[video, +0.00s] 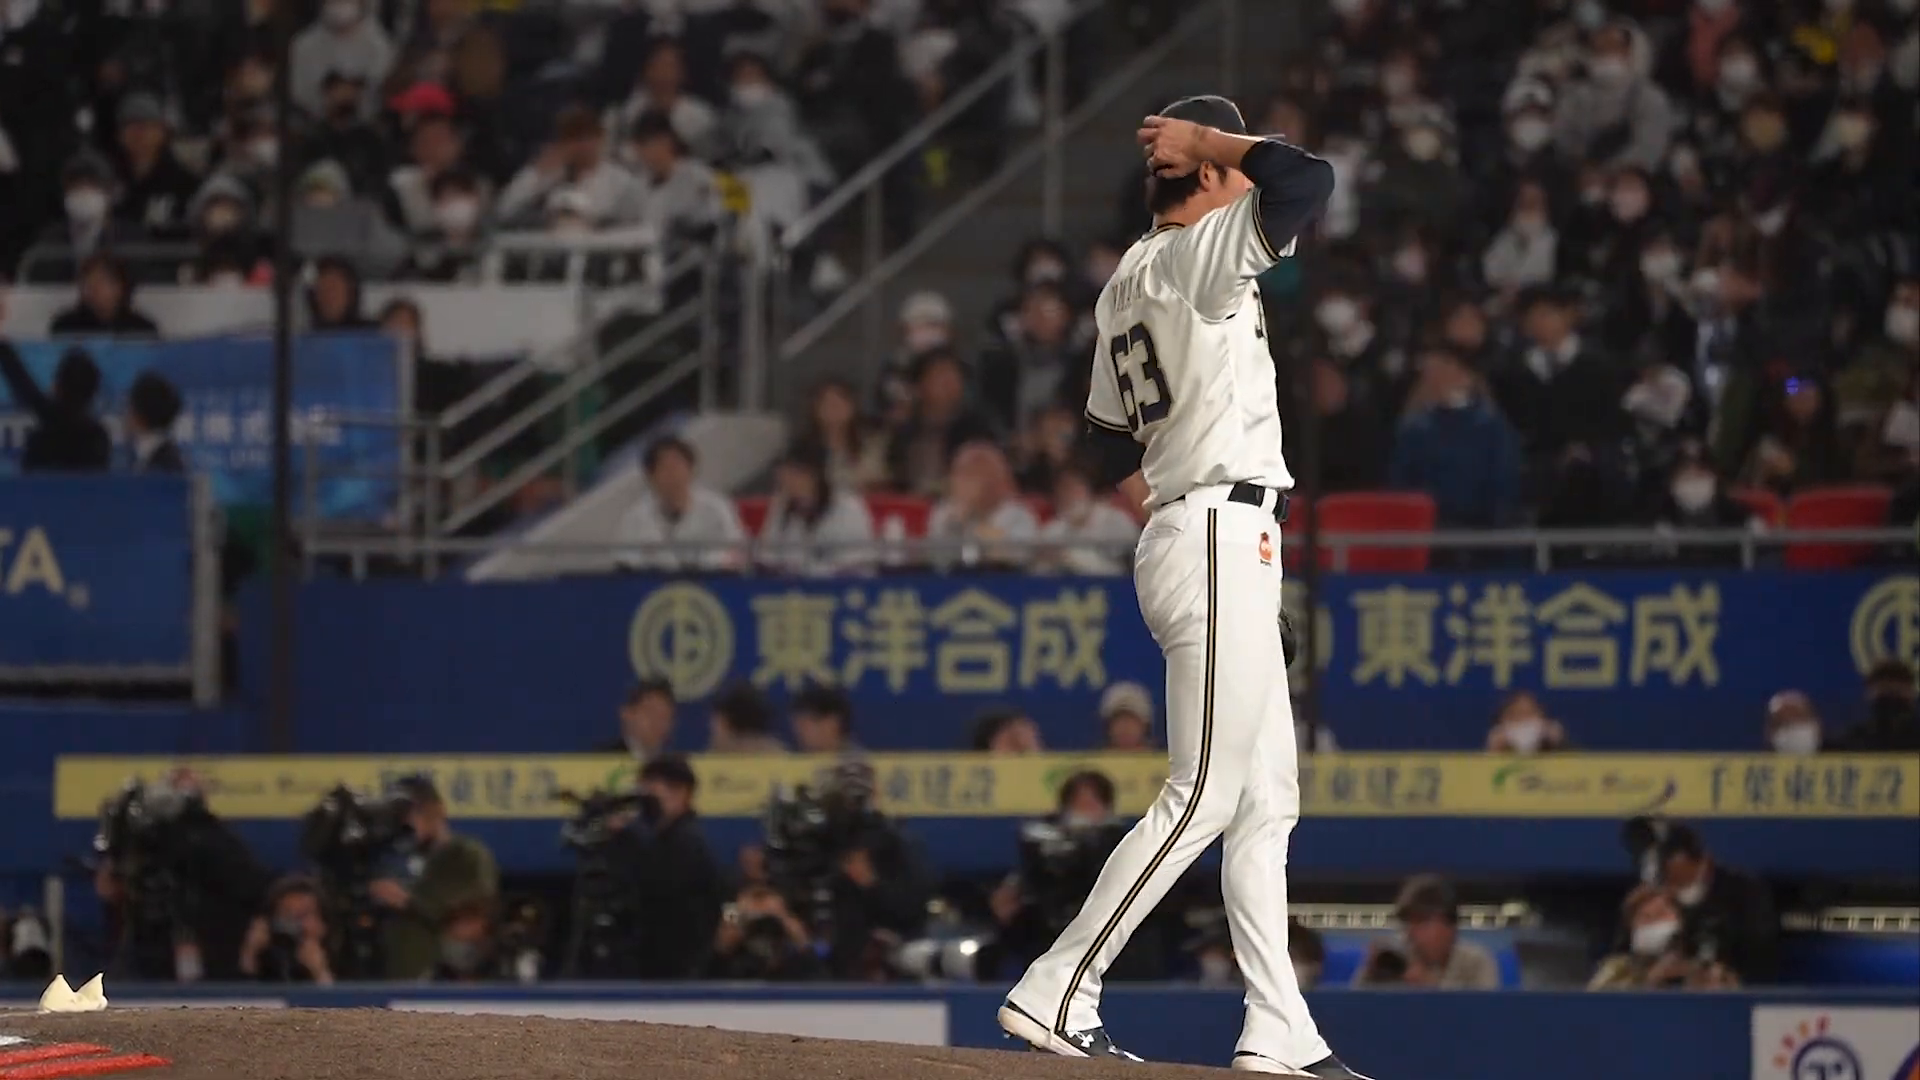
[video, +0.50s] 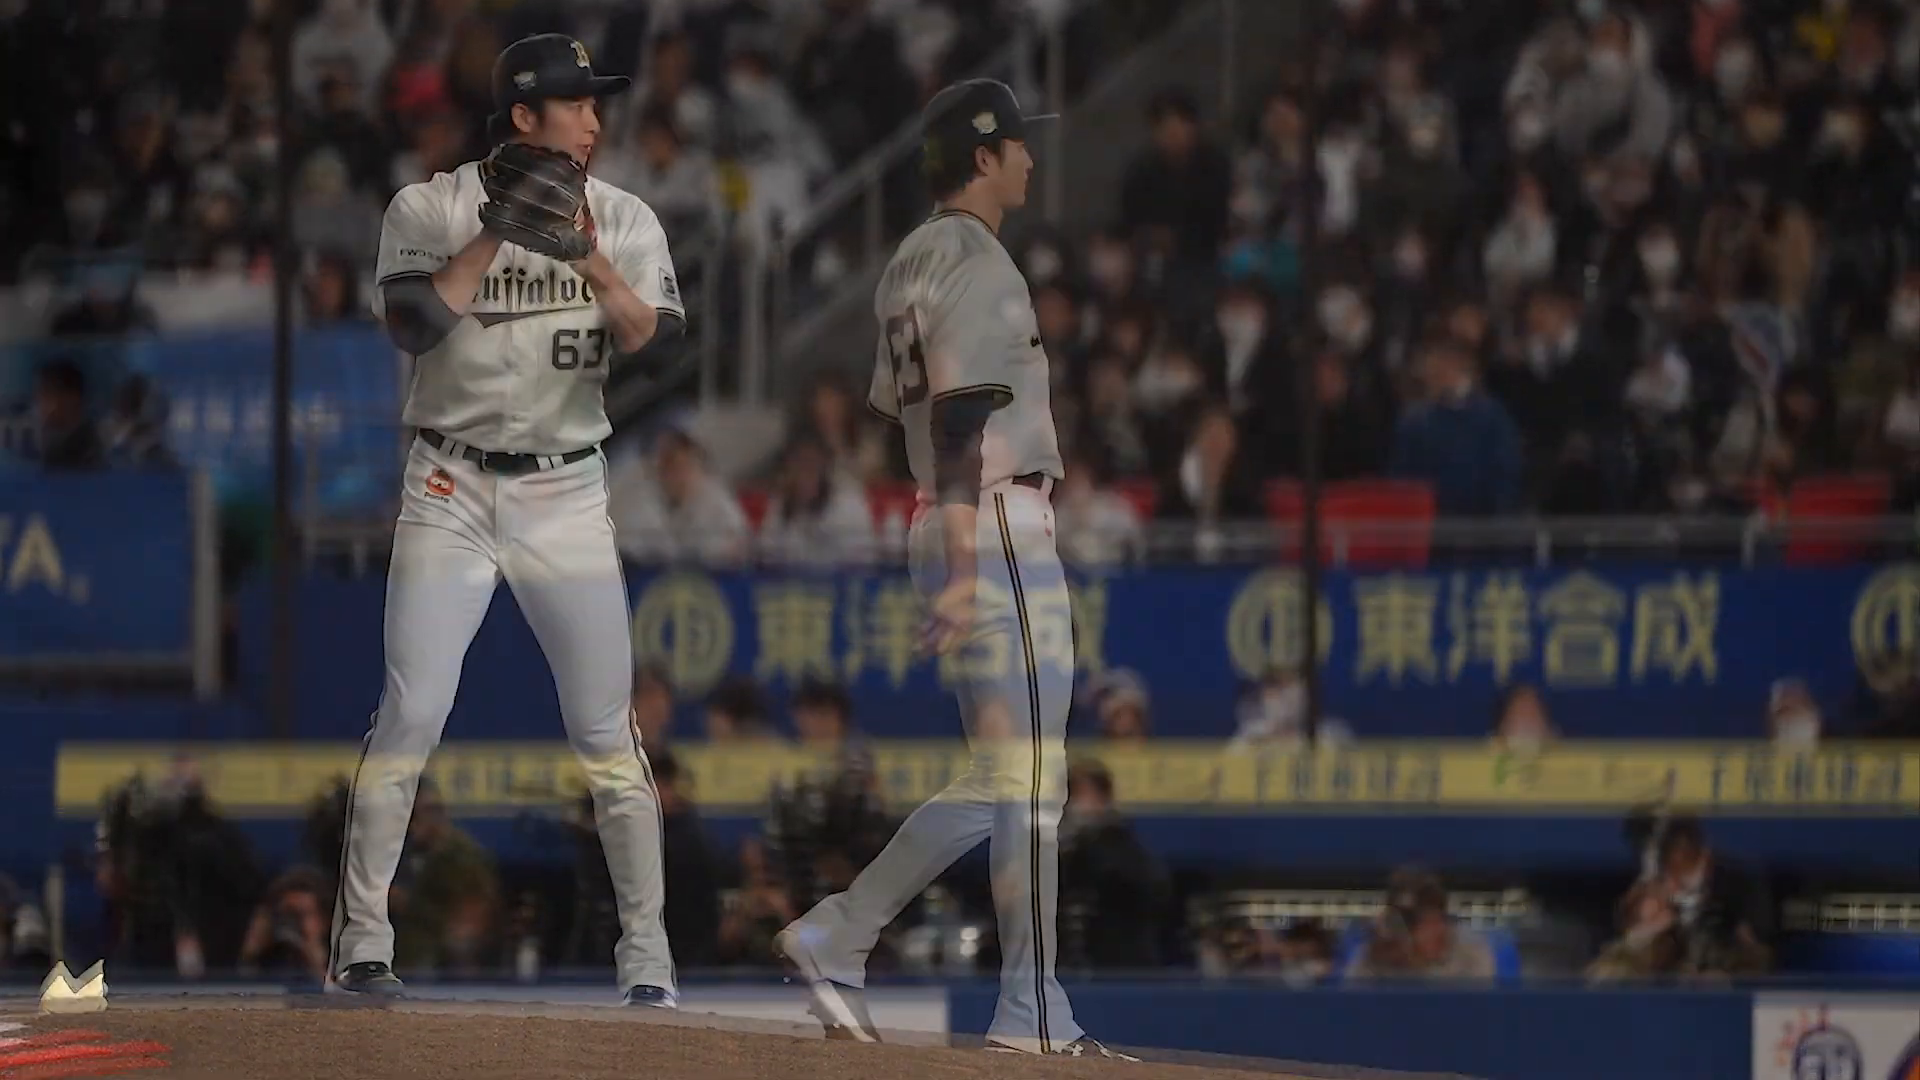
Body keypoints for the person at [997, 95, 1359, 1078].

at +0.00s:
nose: (1239, 172)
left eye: (1234, 156)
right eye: (1230, 154)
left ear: (1166, 183)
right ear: (1195, 174)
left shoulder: (1119, 287)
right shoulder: (1198, 251)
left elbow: (1108, 437)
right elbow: (1306, 177)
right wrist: (1207, 146)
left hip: (1196, 538)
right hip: (1219, 537)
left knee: (1268, 798)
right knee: (1204, 792)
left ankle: (1280, 1035)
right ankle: (1054, 995)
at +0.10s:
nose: (1214, 199)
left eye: (1208, 179)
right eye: (1202, 178)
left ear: (1128, 192)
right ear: (1171, 183)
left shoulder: (1083, 282)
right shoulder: (1150, 262)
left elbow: (1069, 441)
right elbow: (1274, 222)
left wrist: (1200, 572)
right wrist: (1190, 157)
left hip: (1144, 533)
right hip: (1161, 536)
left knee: (1235, 794)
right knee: (1129, 794)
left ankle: (1272, 1031)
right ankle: (1032, 1020)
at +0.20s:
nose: (1173, 173)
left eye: (1169, 157)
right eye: (1164, 158)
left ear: (1093, 169)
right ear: (1129, 164)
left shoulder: (1037, 265)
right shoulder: (1104, 258)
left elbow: (1040, 432)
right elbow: (1224, 309)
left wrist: (1152, 562)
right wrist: (1222, 190)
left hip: (1095, 528)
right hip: (1110, 529)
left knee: (1204, 770)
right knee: (1095, 784)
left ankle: (1219, 1015)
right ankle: (1031, 1018)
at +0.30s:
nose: (1125, 159)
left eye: (1120, 144)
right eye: (1115, 143)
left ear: (1050, 158)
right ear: (1079, 154)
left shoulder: (996, 256)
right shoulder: (1064, 248)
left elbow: (988, 408)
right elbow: (1130, 378)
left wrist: (1110, 562)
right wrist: (1262, 309)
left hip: (1055, 526)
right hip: (1070, 528)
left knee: (1167, 757)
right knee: (1071, 773)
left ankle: (1101, 988)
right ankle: (1032, 1014)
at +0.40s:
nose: (1073, 159)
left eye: (1067, 142)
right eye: (1063, 143)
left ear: (1002, 159)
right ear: (1029, 154)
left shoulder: (944, 262)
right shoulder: (1022, 255)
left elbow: (943, 417)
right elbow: (1044, 402)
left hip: (987, 520)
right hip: (1032, 521)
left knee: (1102, 759)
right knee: (1050, 772)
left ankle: (959, 946)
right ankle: (1028, 1011)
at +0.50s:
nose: (1029, 163)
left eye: (1025, 147)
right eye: (1020, 148)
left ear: (957, 159)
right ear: (986, 155)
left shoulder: (906, 262)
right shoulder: (974, 260)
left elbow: (897, 417)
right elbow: (956, 419)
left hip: (964, 534)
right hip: (1008, 535)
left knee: (1001, 775)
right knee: (1030, 776)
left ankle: (835, 936)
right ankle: (1029, 1006)